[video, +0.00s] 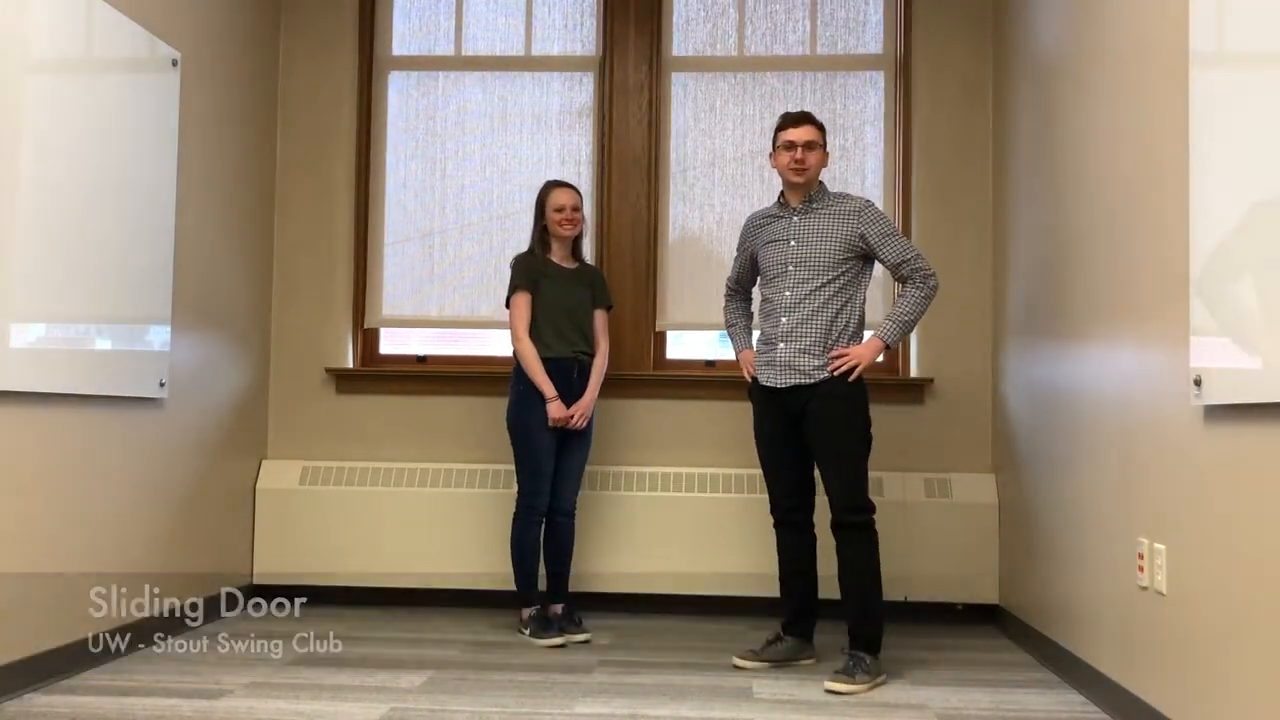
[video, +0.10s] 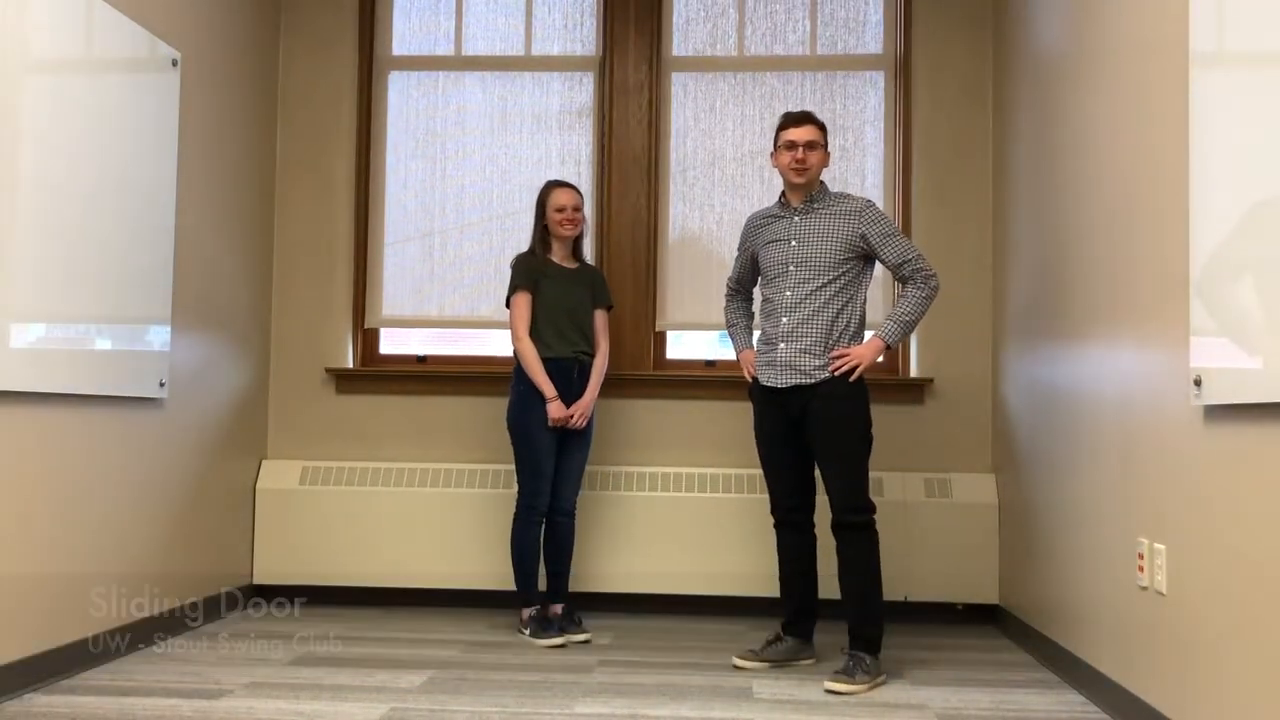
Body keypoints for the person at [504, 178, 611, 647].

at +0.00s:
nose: (569, 216)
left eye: (575, 209)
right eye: (559, 210)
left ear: (583, 216)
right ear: (543, 217)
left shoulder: (592, 276)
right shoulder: (528, 265)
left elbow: (602, 349)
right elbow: (520, 337)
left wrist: (589, 398)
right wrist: (551, 396)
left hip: (579, 394)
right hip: (535, 391)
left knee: (564, 504)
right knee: (534, 501)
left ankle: (559, 606)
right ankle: (530, 609)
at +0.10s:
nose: (570, 216)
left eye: (576, 209)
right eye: (560, 210)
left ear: (584, 216)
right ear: (543, 217)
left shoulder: (592, 276)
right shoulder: (528, 265)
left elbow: (602, 347)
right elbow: (520, 337)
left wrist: (589, 397)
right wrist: (551, 396)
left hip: (578, 394)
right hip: (535, 392)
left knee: (564, 504)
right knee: (534, 501)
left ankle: (558, 606)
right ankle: (529, 609)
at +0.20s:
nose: (570, 216)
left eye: (576, 209)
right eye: (561, 210)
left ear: (584, 216)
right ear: (544, 217)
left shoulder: (592, 275)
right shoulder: (528, 265)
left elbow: (602, 346)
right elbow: (520, 337)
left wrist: (589, 397)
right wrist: (551, 395)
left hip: (578, 394)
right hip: (535, 392)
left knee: (564, 504)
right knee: (534, 501)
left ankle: (558, 607)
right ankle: (530, 610)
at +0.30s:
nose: (571, 217)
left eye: (576, 210)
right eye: (561, 211)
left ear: (584, 216)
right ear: (544, 217)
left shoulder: (592, 276)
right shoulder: (528, 266)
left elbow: (602, 347)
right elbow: (521, 337)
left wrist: (590, 396)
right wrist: (551, 395)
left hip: (579, 394)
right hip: (536, 392)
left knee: (564, 504)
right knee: (535, 501)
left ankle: (558, 607)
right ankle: (530, 610)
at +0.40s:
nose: (571, 217)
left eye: (576, 210)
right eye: (561, 211)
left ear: (583, 216)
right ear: (543, 218)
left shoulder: (592, 276)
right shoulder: (528, 266)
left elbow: (603, 347)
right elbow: (521, 337)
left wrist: (591, 397)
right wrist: (552, 395)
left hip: (579, 394)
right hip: (536, 391)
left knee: (564, 504)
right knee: (535, 501)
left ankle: (558, 607)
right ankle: (530, 610)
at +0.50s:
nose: (570, 217)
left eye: (575, 210)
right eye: (560, 211)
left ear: (583, 216)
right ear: (543, 218)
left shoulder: (592, 276)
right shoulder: (528, 266)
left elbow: (603, 346)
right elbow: (521, 337)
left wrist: (591, 396)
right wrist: (552, 395)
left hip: (579, 394)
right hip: (536, 392)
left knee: (565, 505)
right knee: (535, 501)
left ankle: (558, 607)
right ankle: (529, 609)